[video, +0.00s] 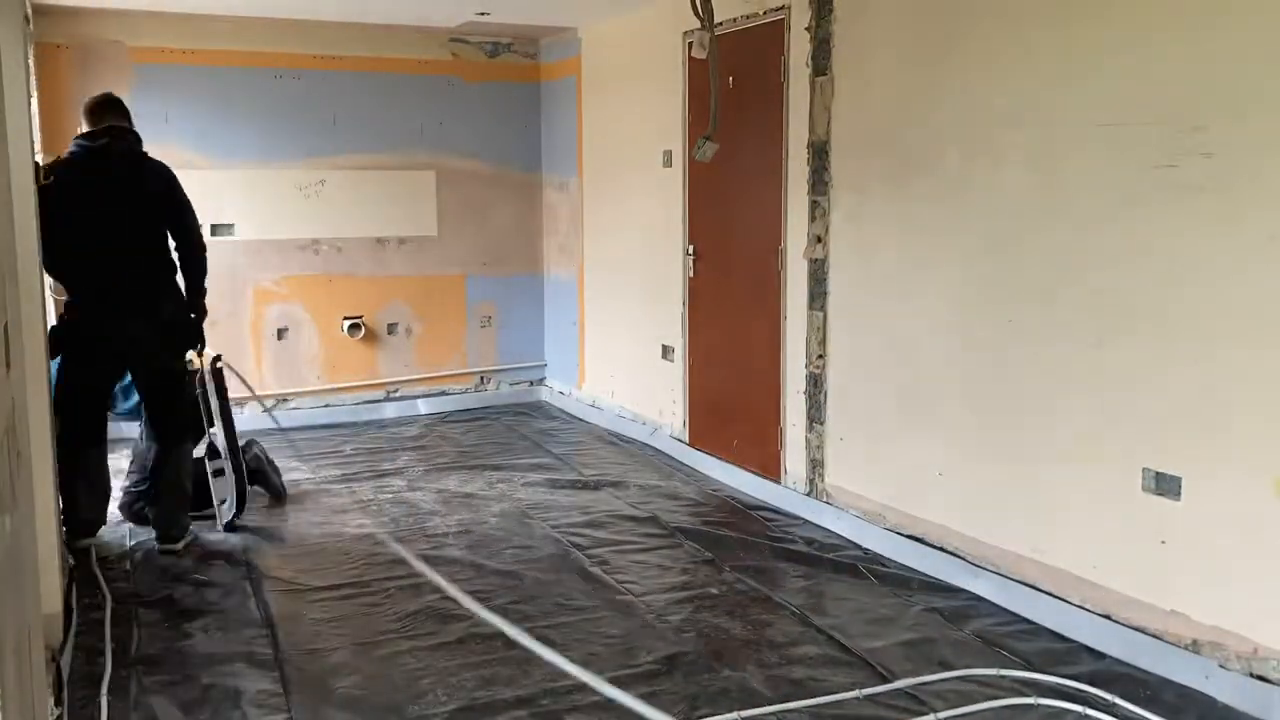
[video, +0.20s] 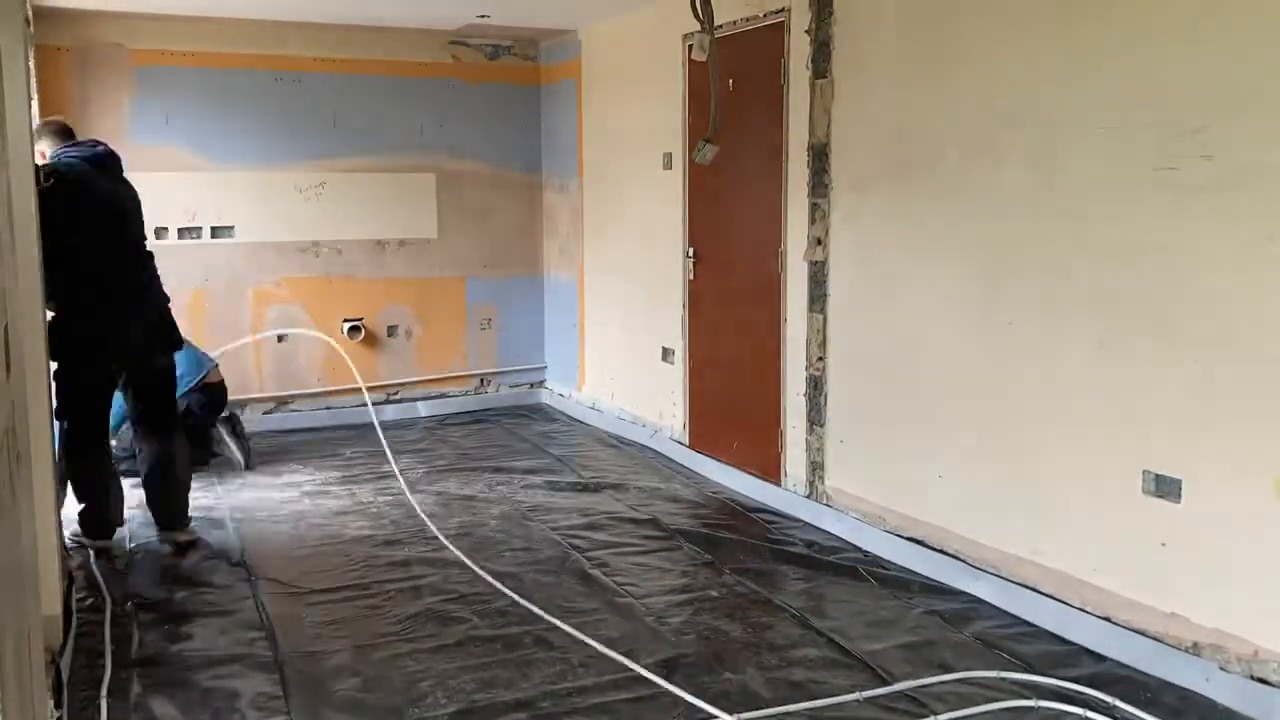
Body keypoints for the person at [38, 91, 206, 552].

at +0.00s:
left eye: (93, 124)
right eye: (124, 124)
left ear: (86, 129)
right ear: (130, 125)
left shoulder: (58, 179)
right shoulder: (155, 173)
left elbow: (48, 253)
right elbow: (191, 243)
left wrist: (80, 289)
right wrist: (195, 301)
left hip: (89, 319)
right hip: (153, 314)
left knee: (80, 421)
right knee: (171, 418)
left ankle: (82, 526)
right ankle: (171, 528)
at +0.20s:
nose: (35, 161)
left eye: (34, 155)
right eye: (36, 156)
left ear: (41, 151)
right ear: (77, 140)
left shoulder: (45, 186)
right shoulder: (120, 184)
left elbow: (41, 265)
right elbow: (133, 249)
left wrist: (51, 308)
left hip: (84, 327)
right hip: (146, 319)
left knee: (85, 429)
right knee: (159, 422)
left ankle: (100, 528)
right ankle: (175, 527)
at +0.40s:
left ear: (27, 152)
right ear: (59, 151)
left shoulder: (14, 185)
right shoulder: (74, 191)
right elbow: (92, 249)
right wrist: (71, 281)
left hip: (17, 294)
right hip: (58, 295)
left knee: (22, 385)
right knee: (63, 386)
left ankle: (23, 481)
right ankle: (65, 478)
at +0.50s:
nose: (85, 152)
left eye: (81, 146)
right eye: (84, 147)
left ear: (44, 148)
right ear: (79, 149)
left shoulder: (26, 183)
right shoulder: (93, 186)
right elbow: (110, 248)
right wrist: (98, 284)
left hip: (24, 292)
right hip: (68, 294)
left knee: (26, 377)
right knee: (66, 377)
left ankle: (29, 463)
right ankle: (66, 462)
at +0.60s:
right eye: (108, 170)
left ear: (72, 161)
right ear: (106, 170)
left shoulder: (43, 184)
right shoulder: (111, 199)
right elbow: (116, 259)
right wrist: (114, 304)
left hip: (29, 283)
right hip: (73, 287)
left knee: (39, 373)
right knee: (74, 374)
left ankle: (32, 458)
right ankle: (69, 460)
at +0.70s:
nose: (129, 168)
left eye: (133, 162)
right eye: (131, 160)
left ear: (111, 147)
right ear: (119, 151)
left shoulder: (82, 171)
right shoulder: (88, 175)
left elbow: (99, 221)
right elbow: (82, 227)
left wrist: (122, 206)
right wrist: (120, 253)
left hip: (85, 277)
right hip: (89, 277)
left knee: (106, 361)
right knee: (105, 362)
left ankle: (89, 444)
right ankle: (87, 449)